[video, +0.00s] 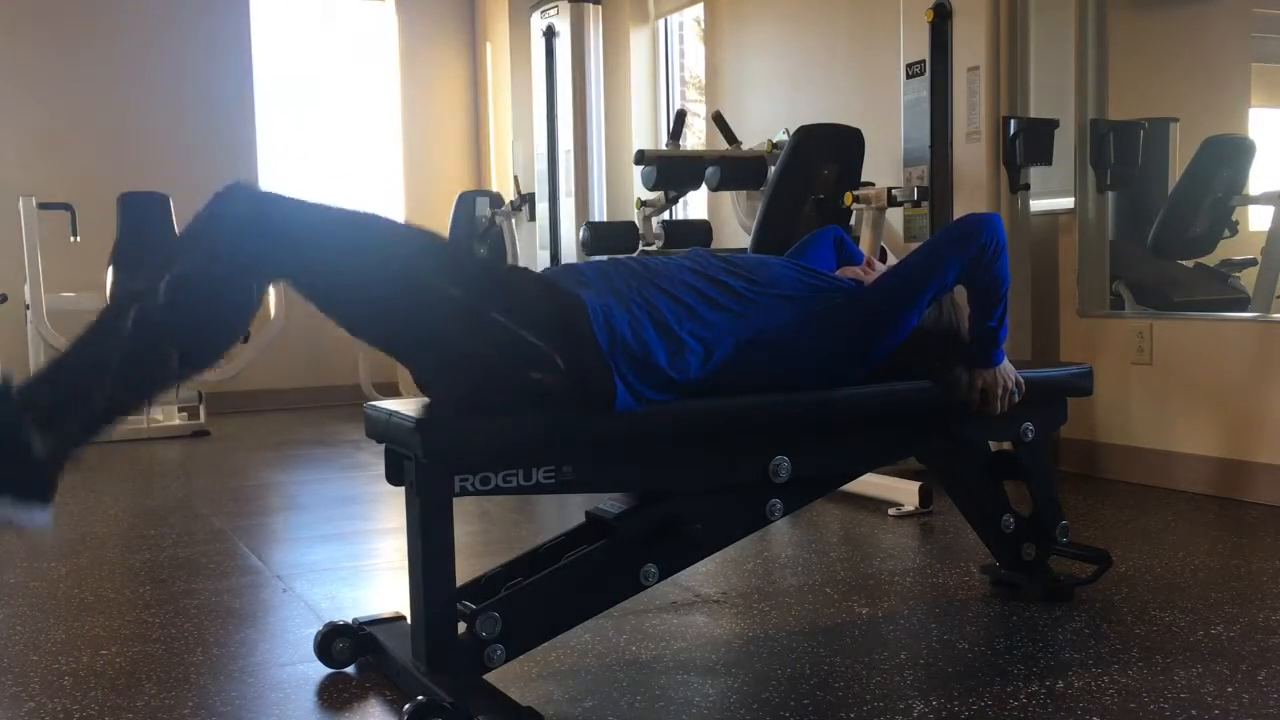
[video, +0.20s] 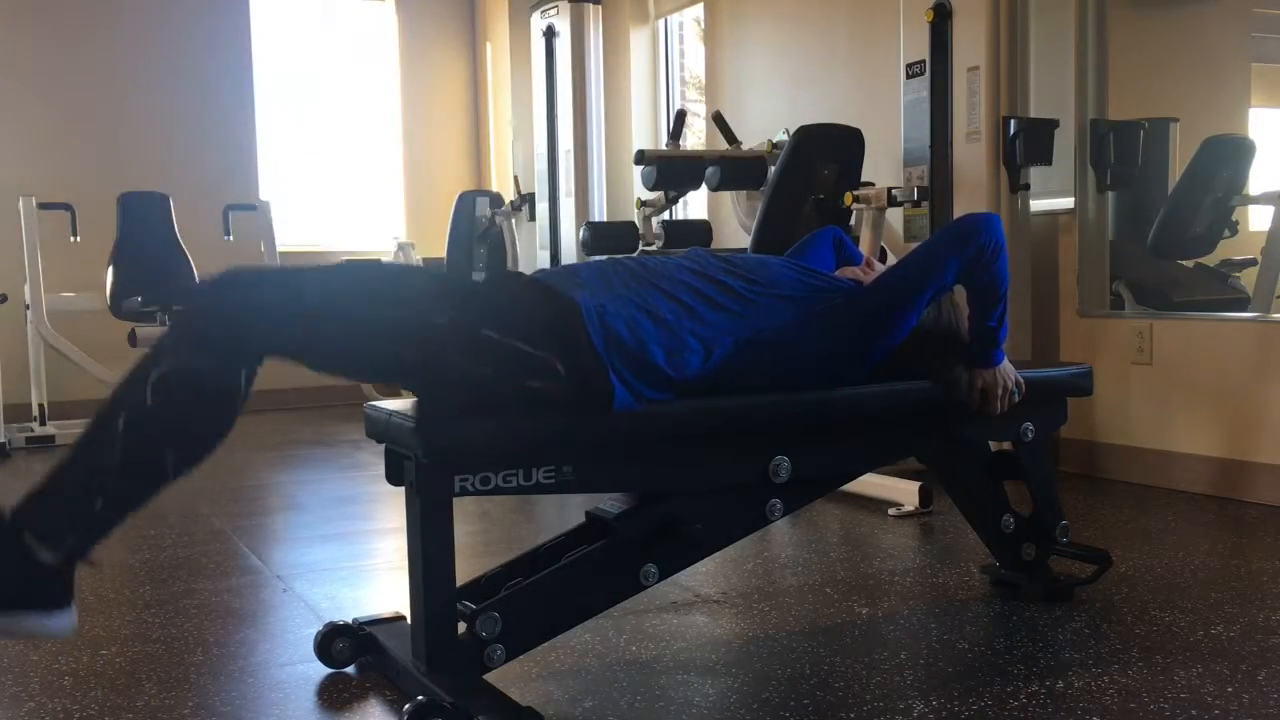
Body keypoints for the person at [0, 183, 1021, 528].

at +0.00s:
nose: (873, 250)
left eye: (890, 259)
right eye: (876, 245)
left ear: (894, 294)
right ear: (856, 261)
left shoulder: (855, 323)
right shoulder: (787, 286)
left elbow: (983, 227)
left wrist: (984, 348)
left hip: (545, 350)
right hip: (525, 308)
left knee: (244, 216)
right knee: (272, 205)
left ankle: (39, 435)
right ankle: (172, 287)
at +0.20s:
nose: (881, 247)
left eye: (900, 256)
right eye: (883, 238)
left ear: (899, 296)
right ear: (859, 251)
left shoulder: (849, 322)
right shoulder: (790, 281)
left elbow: (985, 235)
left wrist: (974, 351)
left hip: (552, 352)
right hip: (527, 300)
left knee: (234, 307)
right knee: (331, 272)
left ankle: (41, 550)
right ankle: (183, 296)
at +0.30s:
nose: (874, 246)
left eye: (892, 252)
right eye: (874, 239)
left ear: (895, 286)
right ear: (851, 251)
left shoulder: (854, 323)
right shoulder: (786, 284)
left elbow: (979, 234)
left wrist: (968, 351)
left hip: (552, 344)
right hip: (520, 298)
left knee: (227, 350)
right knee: (241, 328)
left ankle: (48, 592)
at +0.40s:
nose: (884, 255)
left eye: (896, 264)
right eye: (890, 253)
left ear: (898, 297)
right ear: (867, 267)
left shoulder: (860, 321)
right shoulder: (782, 289)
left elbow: (979, 222)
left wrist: (977, 351)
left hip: (552, 347)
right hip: (515, 304)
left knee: (239, 365)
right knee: (259, 341)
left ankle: (59, 619)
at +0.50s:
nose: (879, 253)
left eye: (893, 261)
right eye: (887, 251)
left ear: (895, 295)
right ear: (863, 269)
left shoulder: (859, 321)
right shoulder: (783, 292)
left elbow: (978, 222)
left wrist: (983, 356)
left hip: (551, 346)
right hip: (513, 304)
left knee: (231, 365)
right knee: (247, 343)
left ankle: (61, 617)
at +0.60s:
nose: (876, 246)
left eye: (895, 256)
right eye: (875, 236)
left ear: (893, 298)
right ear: (849, 241)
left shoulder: (852, 323)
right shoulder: (784, 280)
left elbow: (979, 235)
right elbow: (831, 167)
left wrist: (975, 359)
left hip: (552, 350)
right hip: (520, 302)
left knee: (233, 325)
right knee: (306, 298)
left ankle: (50, 563)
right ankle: (187, 306)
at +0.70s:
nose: (892, 270)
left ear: (912, 317)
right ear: (888, 303)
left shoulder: (855, 325)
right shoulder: (792, 289)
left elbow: (980, 225)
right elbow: (837, 193)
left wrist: (979, 355)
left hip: (545, 334)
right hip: (519, 298)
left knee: (235, 269)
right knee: (255, 239)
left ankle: (34, 461)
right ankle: (172, 326)